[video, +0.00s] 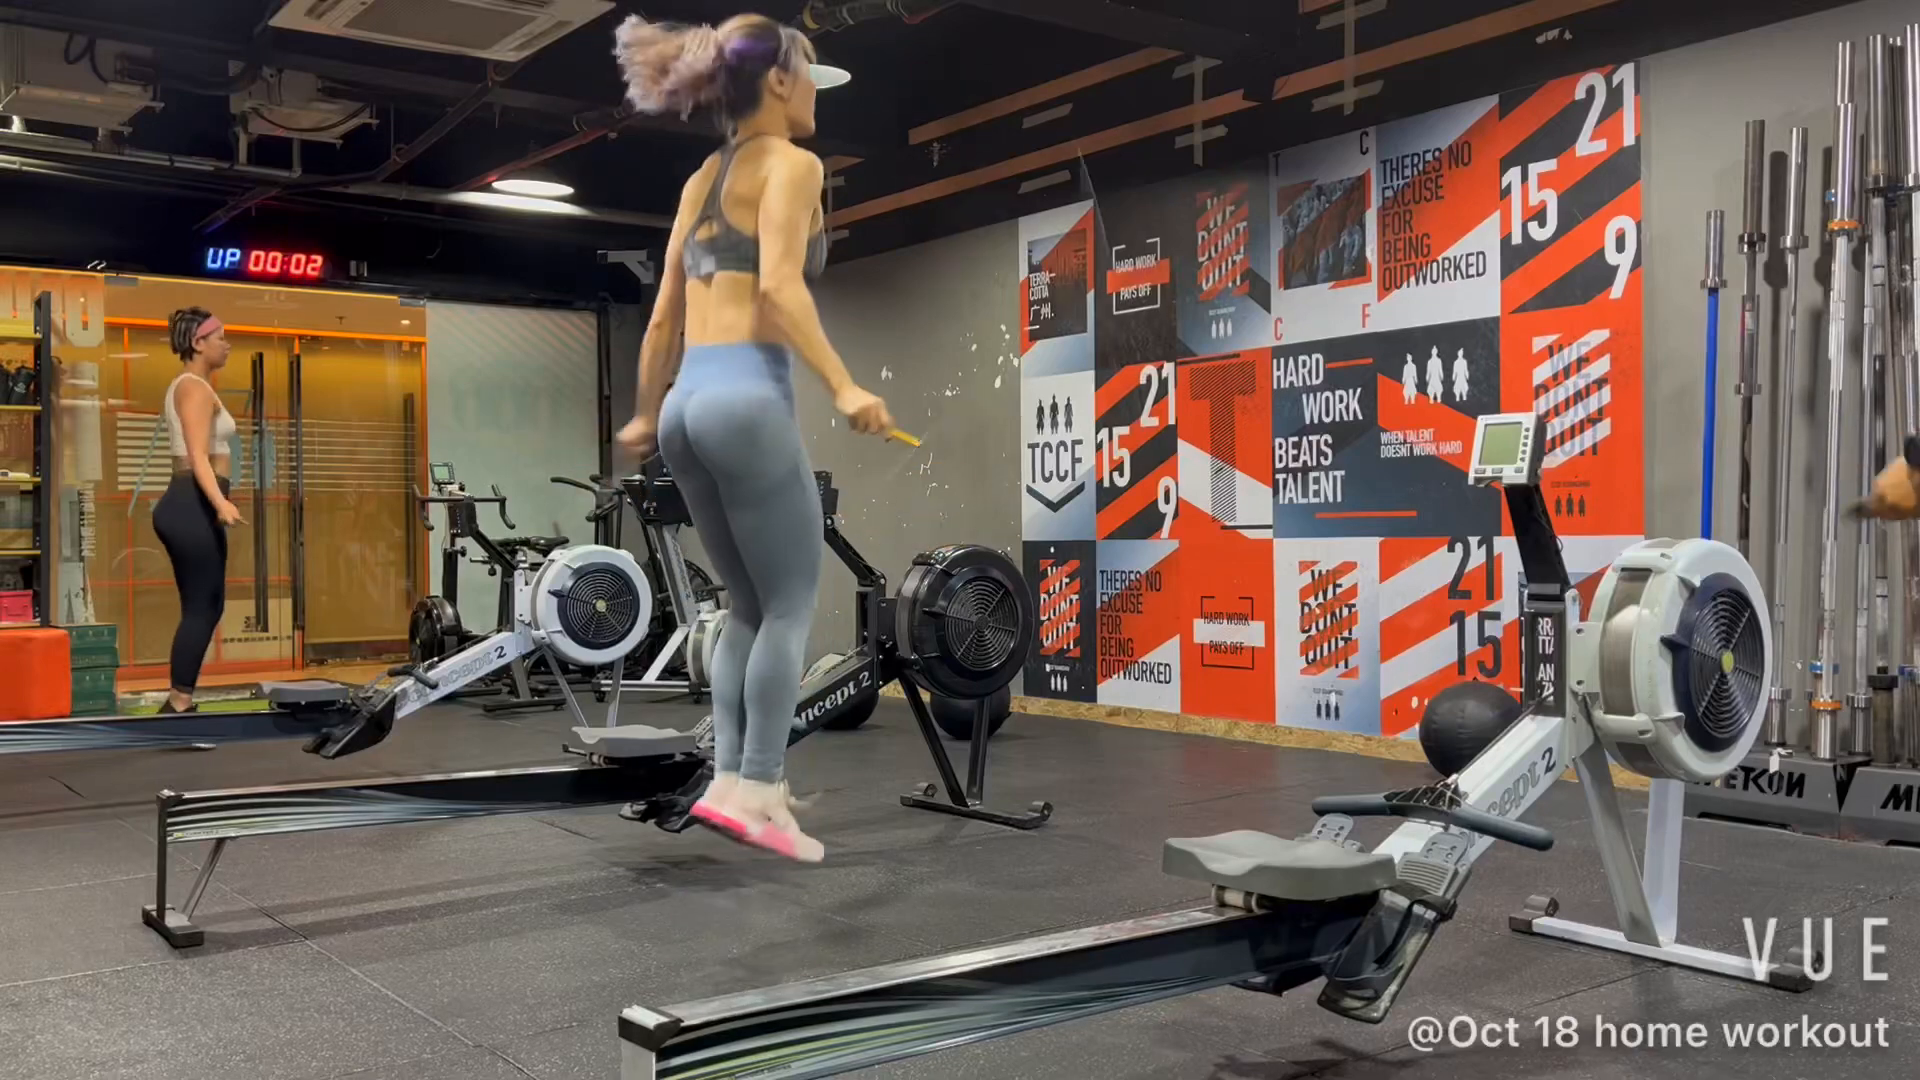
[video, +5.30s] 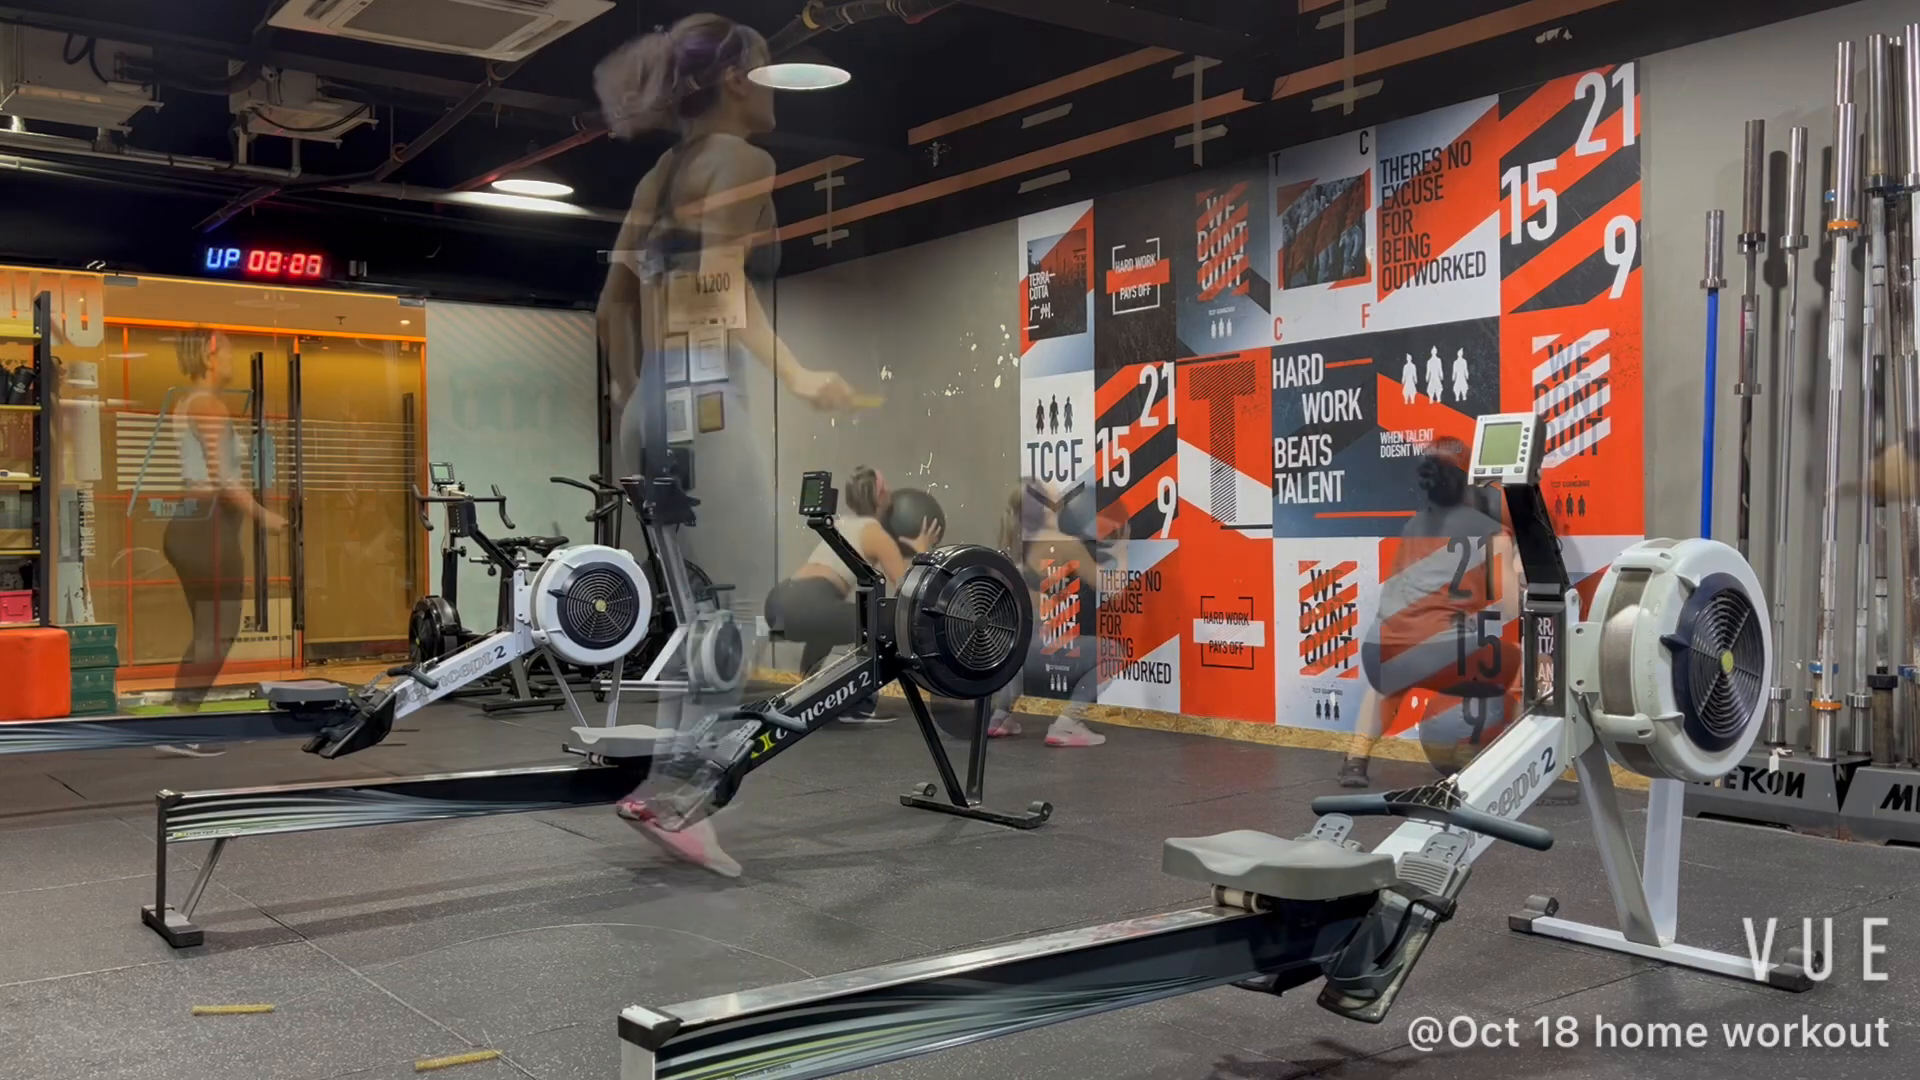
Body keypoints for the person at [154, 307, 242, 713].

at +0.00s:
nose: (227, 343)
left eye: (224, 335)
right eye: (219, 336)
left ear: (199, 344)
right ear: (198, 344)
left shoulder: (192, 385)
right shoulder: (193, 387)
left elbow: (193, 455)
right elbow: (197, 454)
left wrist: (218, 498)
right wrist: (220, 501)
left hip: (191, 502)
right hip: (190, 502)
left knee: (205, 606)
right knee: (203, 607)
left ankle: (181, 699)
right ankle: (180, 701)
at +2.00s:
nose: (205, 338)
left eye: (202, 331)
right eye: (199, 332)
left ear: (172, 340)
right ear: (179, 339)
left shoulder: (160, 385)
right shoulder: (178, 385)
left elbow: (160, 460)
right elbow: (183, 454)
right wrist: (220, 494)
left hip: (162, 501)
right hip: (179, 502)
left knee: (172, 611)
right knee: (182, 612)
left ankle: (152, 706)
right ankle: (154, 708)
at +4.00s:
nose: (232, 337)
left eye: (228, 330)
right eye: (225, 331)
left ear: (200, 340)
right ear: (208, 339)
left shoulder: (186, 387)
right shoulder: (210, 385)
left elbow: (181, 461)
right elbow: (212, 454)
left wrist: (199, 495)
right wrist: (247, 483)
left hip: (194, 496)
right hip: (212, 495)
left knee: (218, 606)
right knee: (230, 604)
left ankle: (191, 697)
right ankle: (193, 699)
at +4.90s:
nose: (232, 361)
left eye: (228, 353)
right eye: (226, 355)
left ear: (200, 362)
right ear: (207, 361)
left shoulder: (185, 406)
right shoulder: (208, 409)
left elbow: (208, 477)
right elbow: (217, 479)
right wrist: (266, 505)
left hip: (191, 526)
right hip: (208, 528)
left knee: (213, 632)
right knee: (225, 633)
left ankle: (180, 716)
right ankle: (183, 718)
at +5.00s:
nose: (229, 339)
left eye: (224, 331)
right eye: (223, 332)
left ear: (197, 343)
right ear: (207, 340)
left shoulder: (184, 388)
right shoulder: (208, 388)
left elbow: (199, 455)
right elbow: (217, 455)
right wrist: (246, 496)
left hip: (192, 504)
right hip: (210, 504)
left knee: (206, 610)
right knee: (216, 610)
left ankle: (189, 706)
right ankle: (192, 708)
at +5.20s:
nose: (230, 351)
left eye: (226, 342)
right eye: (225, 342)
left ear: (200, 348)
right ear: (209, 347)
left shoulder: (187, 397)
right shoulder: (208, 396)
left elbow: (200, 469)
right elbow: (213, 469)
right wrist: (261, 493)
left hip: (189, 521)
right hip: (210, 522)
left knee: (209, 625)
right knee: (221, 626)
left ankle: (181, 720)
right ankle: (184, 723)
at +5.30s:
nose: (232, 359)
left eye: (229, 350)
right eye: (226, 350)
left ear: (202, 354)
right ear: (210, 354)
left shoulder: (188, 403)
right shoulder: (210, 405)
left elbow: (200, 478)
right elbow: (219, 476)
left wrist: (243, 505)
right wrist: (262, 513)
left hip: (190, 527)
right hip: (210, 528)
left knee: (208, 632)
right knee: (220, 633)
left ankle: (179, 719)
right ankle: (182, 721)